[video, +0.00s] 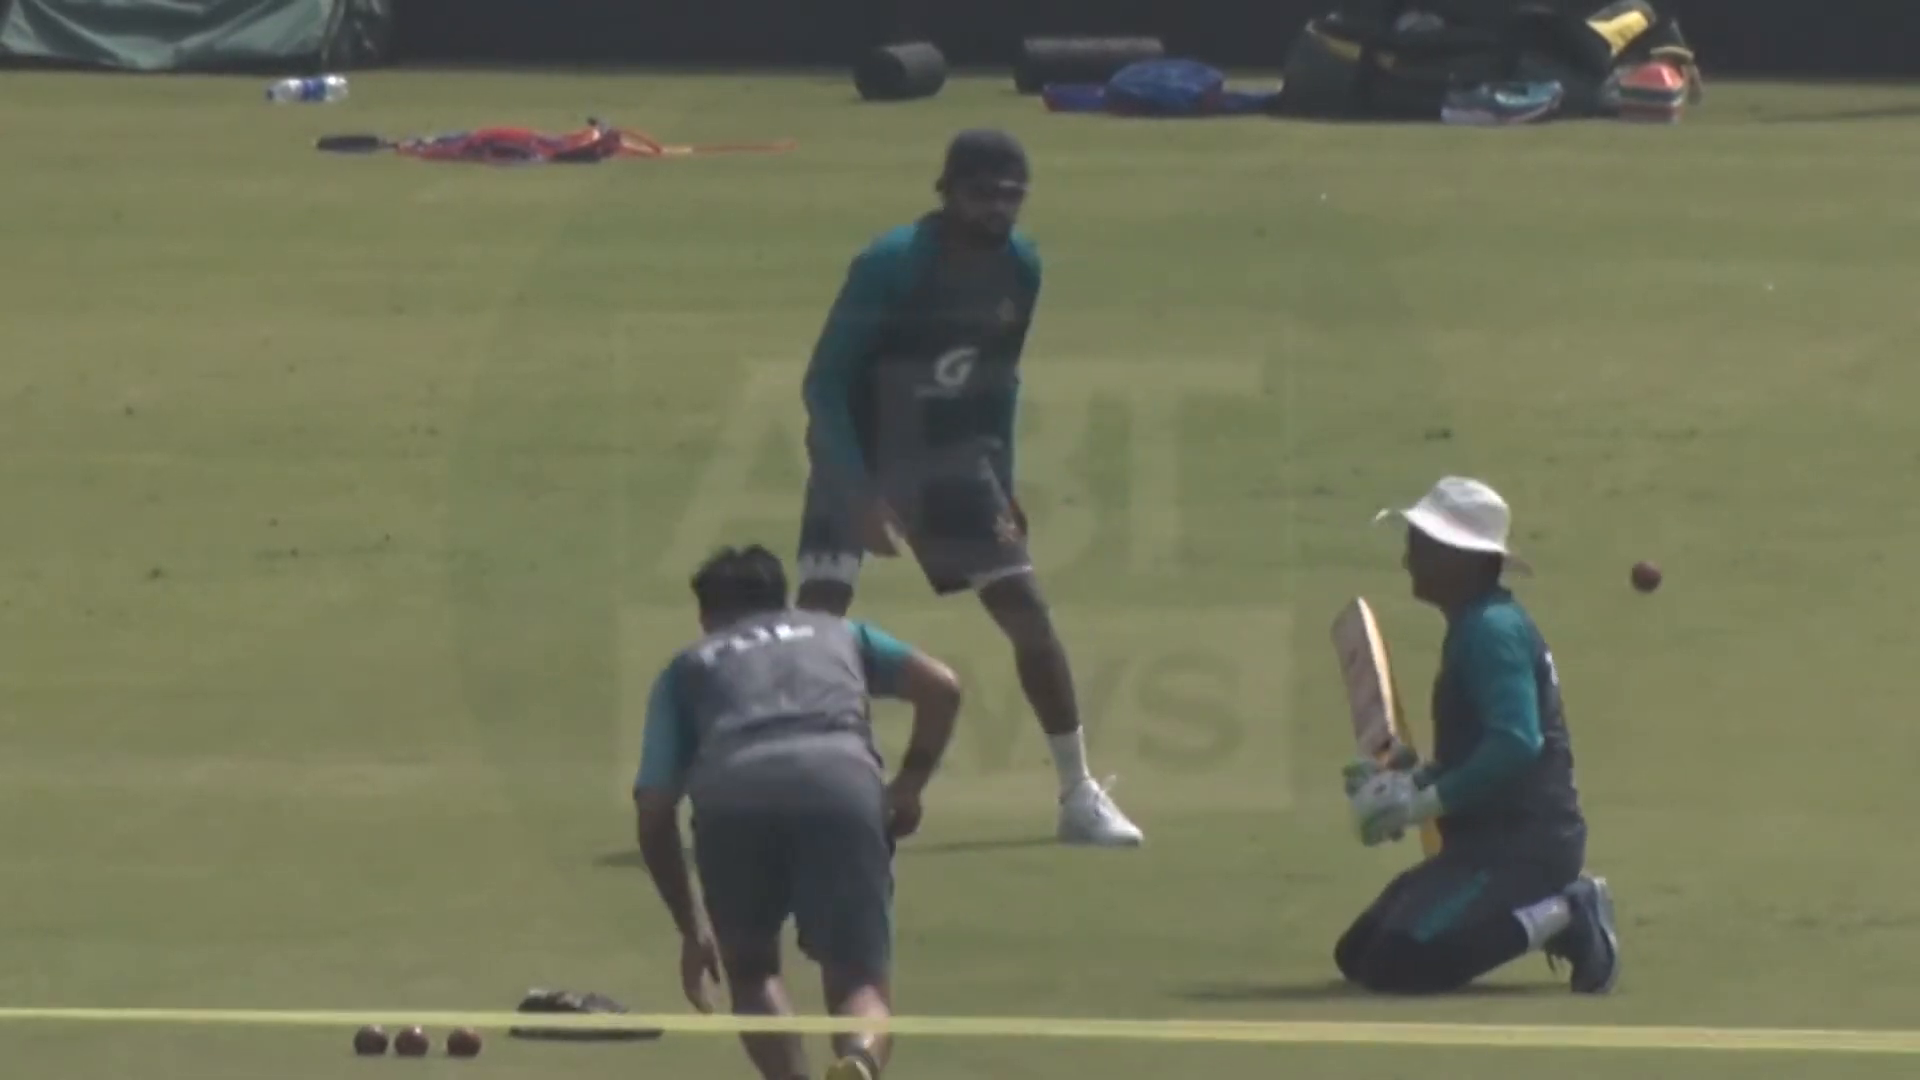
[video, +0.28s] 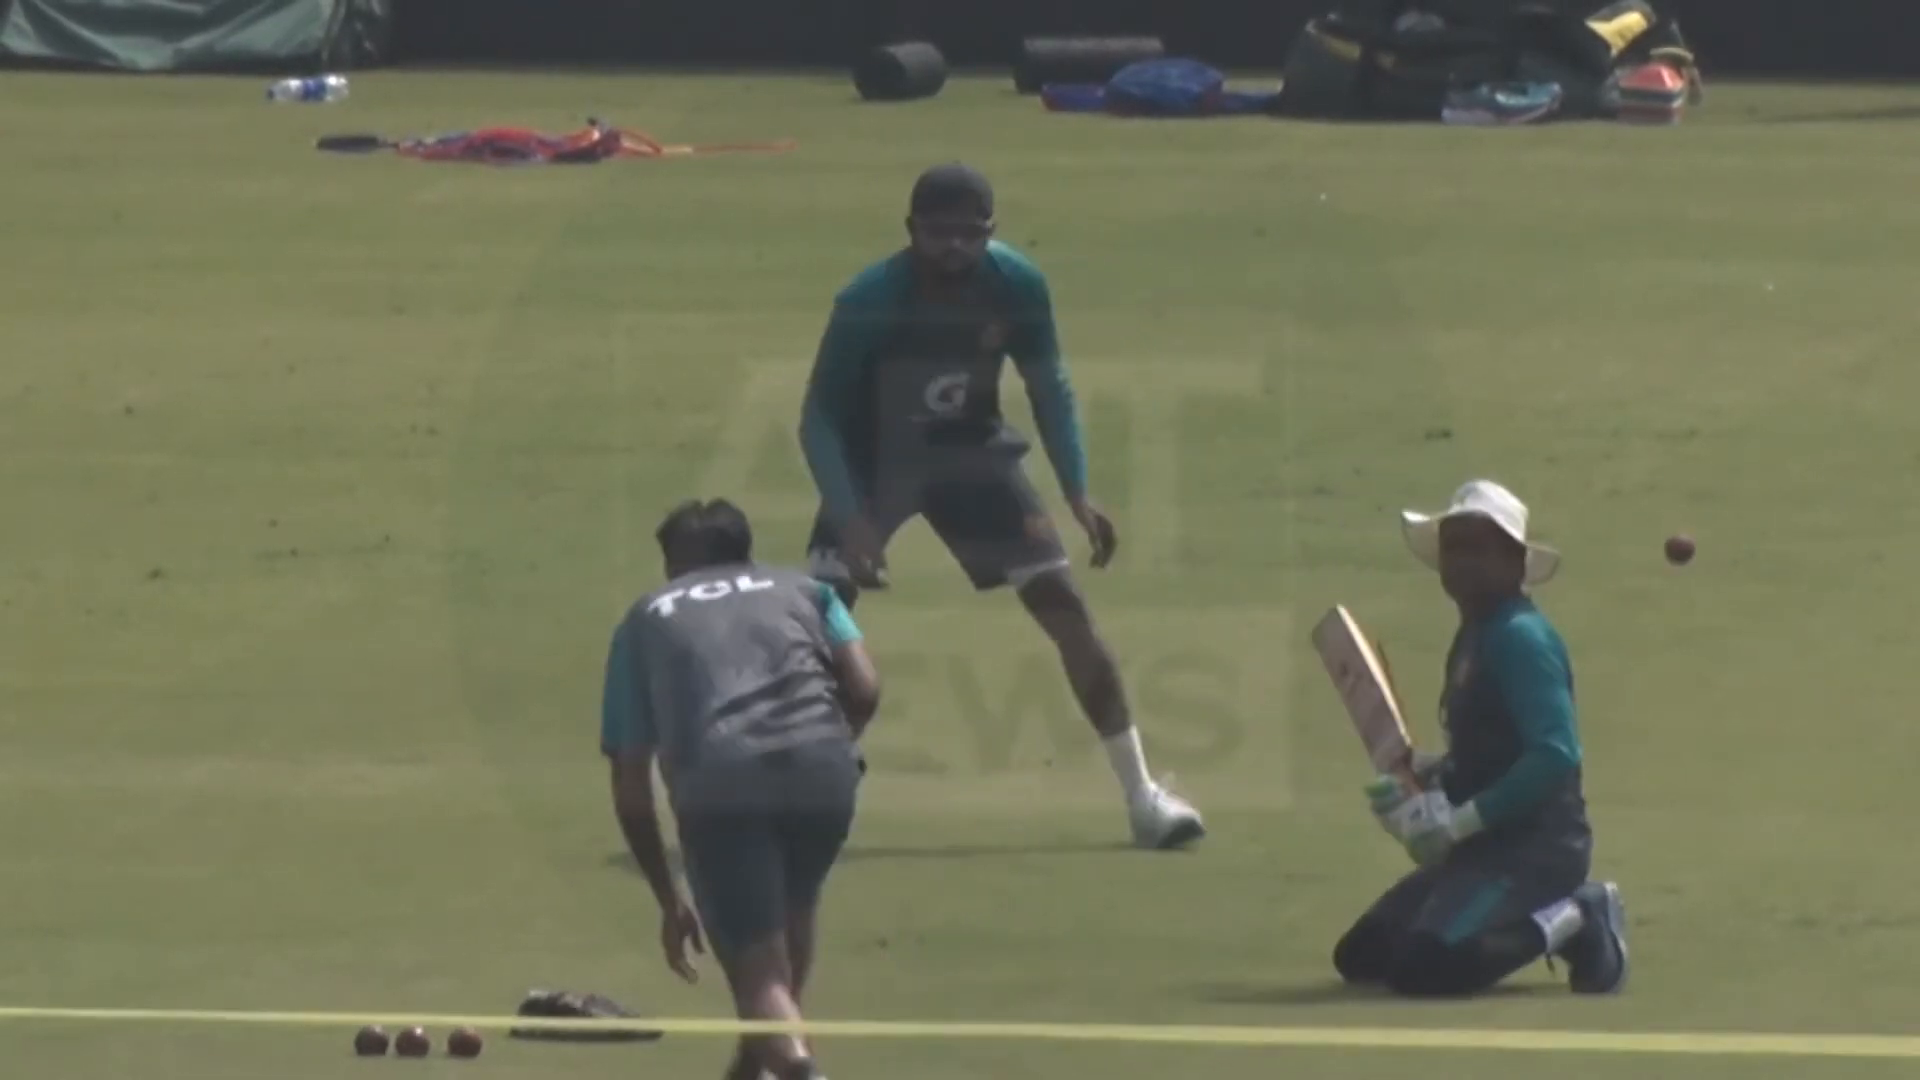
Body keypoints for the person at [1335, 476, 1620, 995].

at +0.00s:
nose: (1407, 556)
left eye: (1421, 543)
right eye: (1410, 541)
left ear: (1463, 557)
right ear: (1462, 558)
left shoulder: (1492, 628)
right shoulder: (1472, 627)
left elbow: (1517, 744)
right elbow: (1483, 760)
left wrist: (1420, 804)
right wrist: (1416, 776)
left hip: (1523, 854)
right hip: (1489, 850)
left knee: (1392, 967)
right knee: (1358, 955)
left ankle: (1565, 913)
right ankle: (1546, 912)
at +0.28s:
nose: (1460, 560)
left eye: (1478, 547)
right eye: (1451, 547)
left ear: (1515, 562)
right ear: (1438, 559)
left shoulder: (1520, 637)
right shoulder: (1476, 635)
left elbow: (1554, 756)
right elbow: (1489, 761)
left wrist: (1457, 821)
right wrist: (1429, 778)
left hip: (1537, 853)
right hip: (1493, 847)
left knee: (1419, 968)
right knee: (1360, 956)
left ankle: (1578, 918)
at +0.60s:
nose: (1434, 572)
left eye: (1452, 558)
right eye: (1427, 557)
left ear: (1493, 571)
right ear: (1416, 563)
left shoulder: (1512, 651)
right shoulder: (1450, 637)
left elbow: (1543, 778)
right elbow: (1451, 751)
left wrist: (1448, 836)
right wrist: (1404, 793)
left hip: (1532, 857)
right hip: (1478, 849)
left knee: (1416, 971)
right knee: (1358, 958)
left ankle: (1577, 917)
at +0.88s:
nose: (1416, 582)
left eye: (1434, 568)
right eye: (1410, 566)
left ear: (1475, 577)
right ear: (1400, 570)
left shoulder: (1500, 655)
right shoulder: (1438, 643)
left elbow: (1529, 784)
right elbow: (1436, 754)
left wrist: (1436, 845)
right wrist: (1389, 800)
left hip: (1533, 859)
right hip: (1478, 852)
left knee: (1416, 971)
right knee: (1358, 958)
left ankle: (1579, 917)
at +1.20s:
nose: (1408, 579)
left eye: (1428, 564)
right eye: (1402, 564)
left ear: (1467, 573)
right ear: (1392, 571)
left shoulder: (1487, 650)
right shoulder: (1434, 645)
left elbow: (1520, 777)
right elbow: (1444, 759)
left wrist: (1432, 844)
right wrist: (1397, 800)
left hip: (1530, 856)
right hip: (1480, 848)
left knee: (1415, 970)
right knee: (1358, 958)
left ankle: (1578, 918)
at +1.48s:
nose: (1386, 579)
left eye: (1394, 568)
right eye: (1388, 567)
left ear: (1421, 578)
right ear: (1442, 577)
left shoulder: (1471, 647)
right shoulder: (1443, 645)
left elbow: (1505, 773)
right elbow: (1456, 768)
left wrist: (1423, 840)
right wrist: (1399, 795)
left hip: (1525, 856)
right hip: (1484, 849)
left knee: (1415, 971)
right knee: (1358, 958)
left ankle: (1577, 917)